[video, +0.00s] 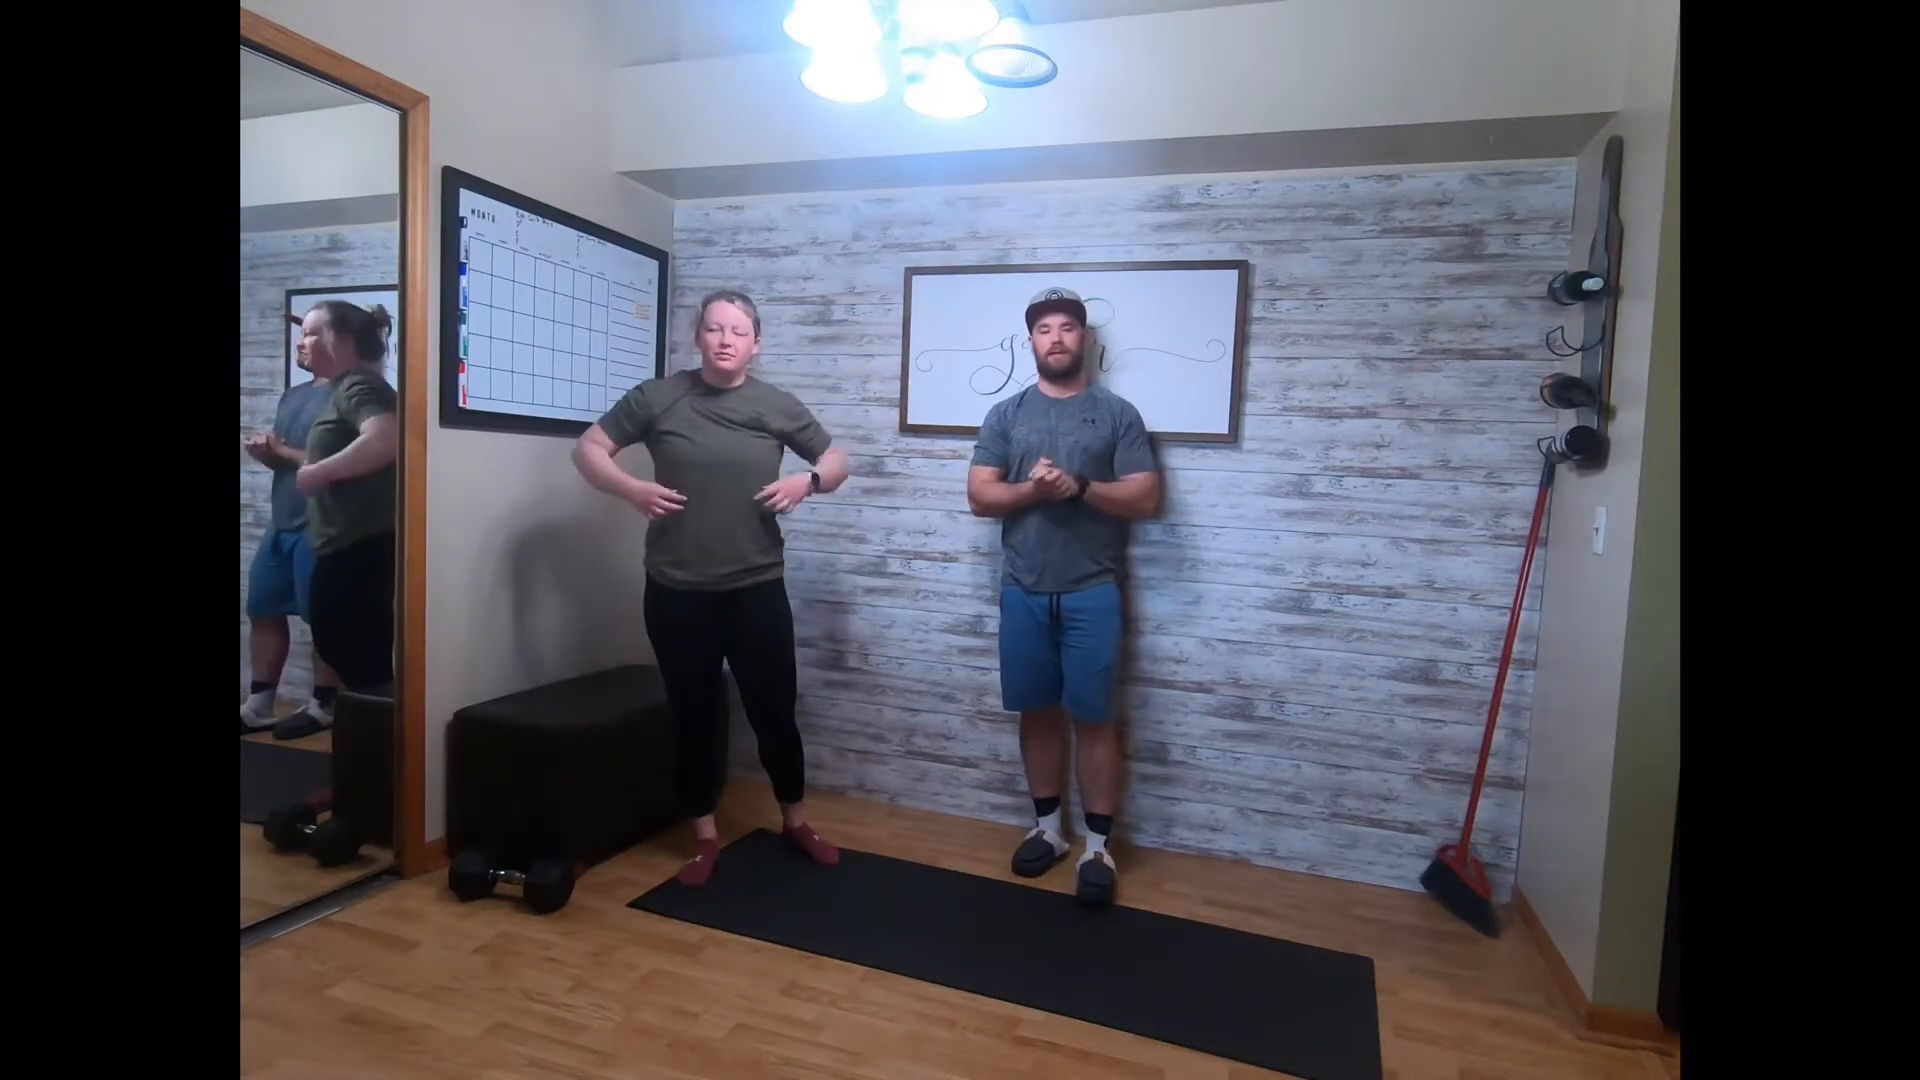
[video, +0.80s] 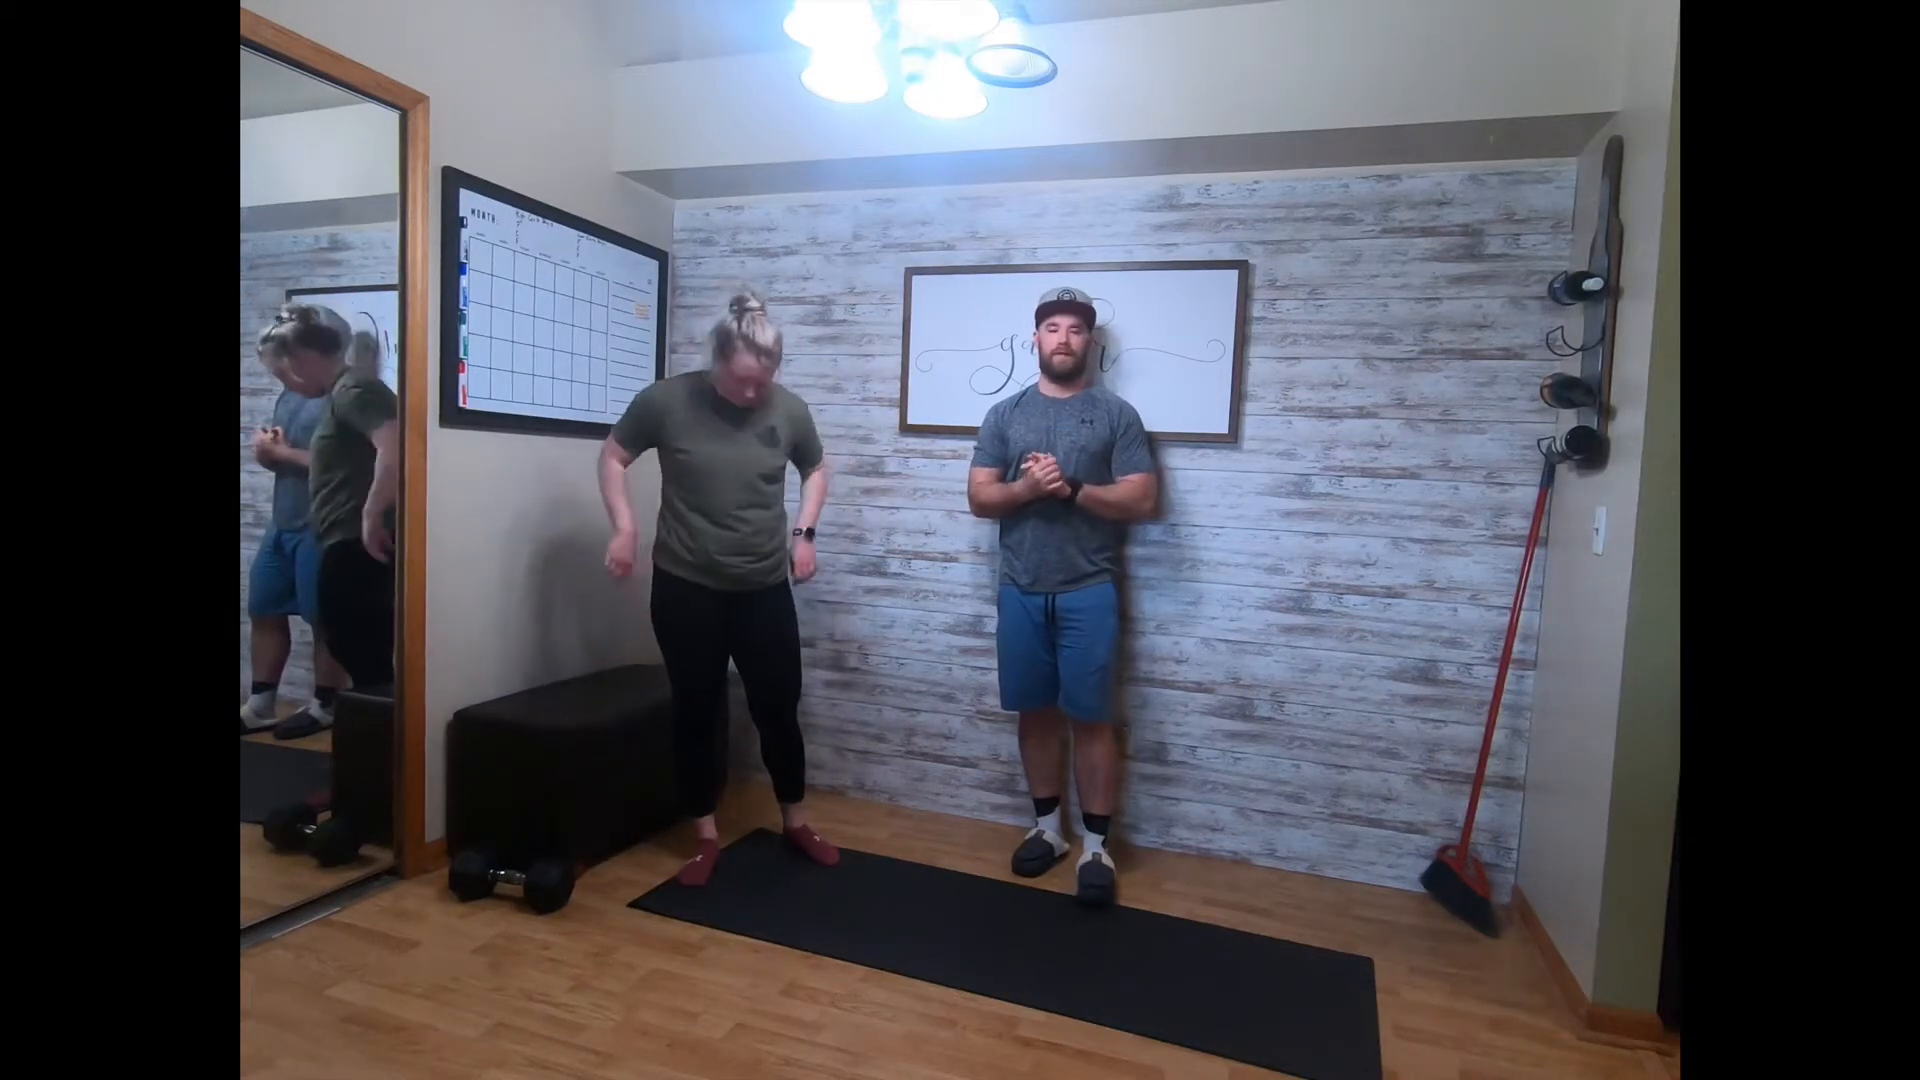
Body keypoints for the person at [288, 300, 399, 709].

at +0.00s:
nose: (304, 344)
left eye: (311, 335)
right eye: (304, 335)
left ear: (341, 339)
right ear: (343, 340)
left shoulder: (360, 385)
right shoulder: (344, 389)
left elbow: (384, 440)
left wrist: (321, 472)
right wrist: (287, 454)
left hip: (362, 547)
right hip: (345, 546)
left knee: (358, 657)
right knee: (350, 653)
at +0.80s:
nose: (290, 386)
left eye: (287, 374)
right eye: (283, 378)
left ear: (304, 357)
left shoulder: (354, 390)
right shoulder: (342, 395)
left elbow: (392, 440)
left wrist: (373, 514)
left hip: (357, 548)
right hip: (344, 547)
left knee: (366, 662)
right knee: (363, 661)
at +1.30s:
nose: (286, 392)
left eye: (283, 380)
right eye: (280, 383)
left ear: (301, 361)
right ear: (319, 355)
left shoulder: (341, 396)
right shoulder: (369, 391)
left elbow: (377, 476)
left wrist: (426, 513)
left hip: (358, 548)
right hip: (376, 544)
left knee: (365, 660)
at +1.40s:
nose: (282, 397)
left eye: (277, 385)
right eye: (275, 389)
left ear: (294, 365)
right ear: (316, 355)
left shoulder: (336, 398)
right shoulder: (361, 393)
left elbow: (380, 477)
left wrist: (427, 516)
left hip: (362, 550)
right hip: (377, 547)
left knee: (369, 666)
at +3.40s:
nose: (306, 340)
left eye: (314, 332)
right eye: (308, 331)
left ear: (340, 341)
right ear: (343, 343)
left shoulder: (362, 395)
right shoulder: (347, 395)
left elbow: (390, 486)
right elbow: (384, 483)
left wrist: (428, 527)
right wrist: (428, 523)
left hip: (357, 548)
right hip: (343, 546)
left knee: (355, 660)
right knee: (352, 658)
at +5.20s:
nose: (326, 365)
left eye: (330, 354)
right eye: (324, 357)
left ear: (357, 351)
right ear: (358, 353)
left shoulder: (388, 400)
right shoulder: (360, 401)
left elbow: (414, 472)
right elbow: (355, 468)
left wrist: (411, 538)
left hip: (380, 544)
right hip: (356, 543)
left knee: (374, 647)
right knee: (363, 645)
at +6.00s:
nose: (317, 351)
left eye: (326, 341)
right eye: (315, 343)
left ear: (357, 344)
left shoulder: (374, 395)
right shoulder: (354, 396)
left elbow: (402, 480)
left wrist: (420, 539)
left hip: (366, 543)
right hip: (347, 543)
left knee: (369, 656)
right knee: (364, 655)